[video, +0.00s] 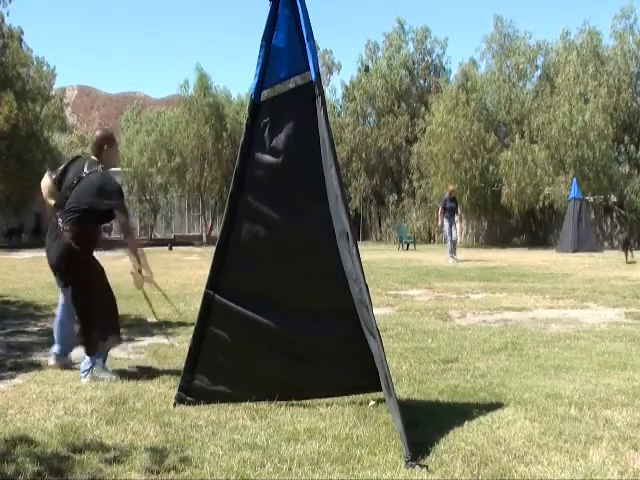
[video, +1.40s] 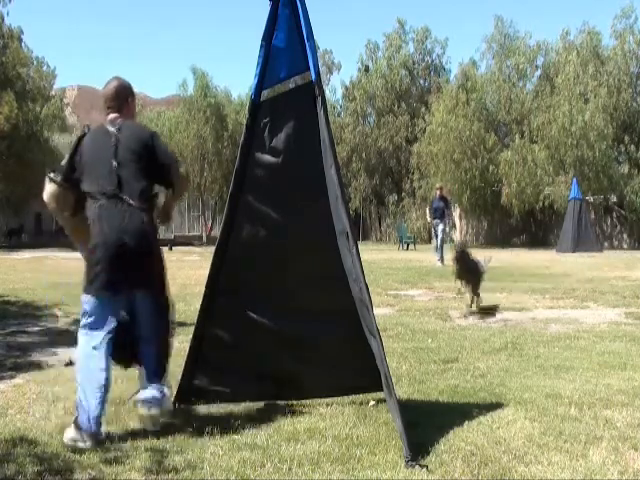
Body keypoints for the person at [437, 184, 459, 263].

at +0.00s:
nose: (453, 194)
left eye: (453, 192)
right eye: (451, 192)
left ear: (454, 192)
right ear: (449, 192)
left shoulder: (454, 199)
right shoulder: (445, 200)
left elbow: (456, 209)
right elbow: (440, 211)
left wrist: (458, 215)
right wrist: (440, 221)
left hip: (453, 217)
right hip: (446, 218)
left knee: (454, 237)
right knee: (449, 237)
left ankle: (453, 253)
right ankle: (450, 254)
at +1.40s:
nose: (439, 192)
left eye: (440, 190)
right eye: (437, 190)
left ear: (442, 191)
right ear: (436, 191)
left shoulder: (445, 200)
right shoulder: (433, 200)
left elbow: (448, 210)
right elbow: (430, 209)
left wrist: (449, 219)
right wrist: (430, 217)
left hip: (442, 220)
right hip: (434, 220)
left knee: (440, 239)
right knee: (436, 238)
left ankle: (440, 258)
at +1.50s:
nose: (437, 191)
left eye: (439, 189)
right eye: (436, 189)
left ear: (441, 190)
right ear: (434, 190)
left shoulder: (443, 198)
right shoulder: (432, 199)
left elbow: (446, 208)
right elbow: (428, 209)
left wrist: (447, 218)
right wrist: (427, 218)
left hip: (441, 219)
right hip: (433, 219)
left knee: (440, 238)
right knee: (433, 238)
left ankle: (440, 254)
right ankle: (433, 254)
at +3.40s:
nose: (395, 184)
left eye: (397, 182)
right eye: (394, 182)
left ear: (401, 182)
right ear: (392, 183)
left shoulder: (405, 194)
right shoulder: (390, 195)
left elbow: (410, 208)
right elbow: (388, 207)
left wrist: (412, 220)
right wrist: (387, 219)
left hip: (403, 220)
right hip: (394, 220)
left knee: (402, 244)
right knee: (392, 243)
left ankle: (403, 267)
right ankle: (399, 263)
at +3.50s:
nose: (393, 184)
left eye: (395, 181)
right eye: (391, 182)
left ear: (398, 182)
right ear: (389, 183)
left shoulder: (402, 194)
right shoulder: (388, 194)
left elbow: (405, 207)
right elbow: (386, 208)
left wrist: (404, 219)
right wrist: (385, 220)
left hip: (400, 221)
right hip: (391, 221)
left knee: (401, 245)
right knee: (389, 243)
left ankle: (403, 267)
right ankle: (390, 266)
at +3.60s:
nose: (389, 185)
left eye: (391, 183)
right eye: (387, 183)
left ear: (395, 184)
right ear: (385, 185)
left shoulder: (398, 194)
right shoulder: (386, 195)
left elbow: (401, 209)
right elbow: (384, 208)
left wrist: (394, 217)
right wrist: (382, 220)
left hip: (398, 222)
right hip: (388, 222)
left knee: (400, 246)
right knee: (386, 245)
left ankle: (402, 267)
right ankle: (383, 267)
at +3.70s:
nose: (385, 186)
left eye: (387, 183)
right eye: (384, 184)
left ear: (391, 184)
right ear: (382, 185)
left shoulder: (395, 194)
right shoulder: (382, 195)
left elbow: (397, 208)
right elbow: (380, 208)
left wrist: (387, 215)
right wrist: (379, 219)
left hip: (394, 223)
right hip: (384, 223)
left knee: (397, 247)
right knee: (383, 247)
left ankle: (401, 267)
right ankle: (382, 269)